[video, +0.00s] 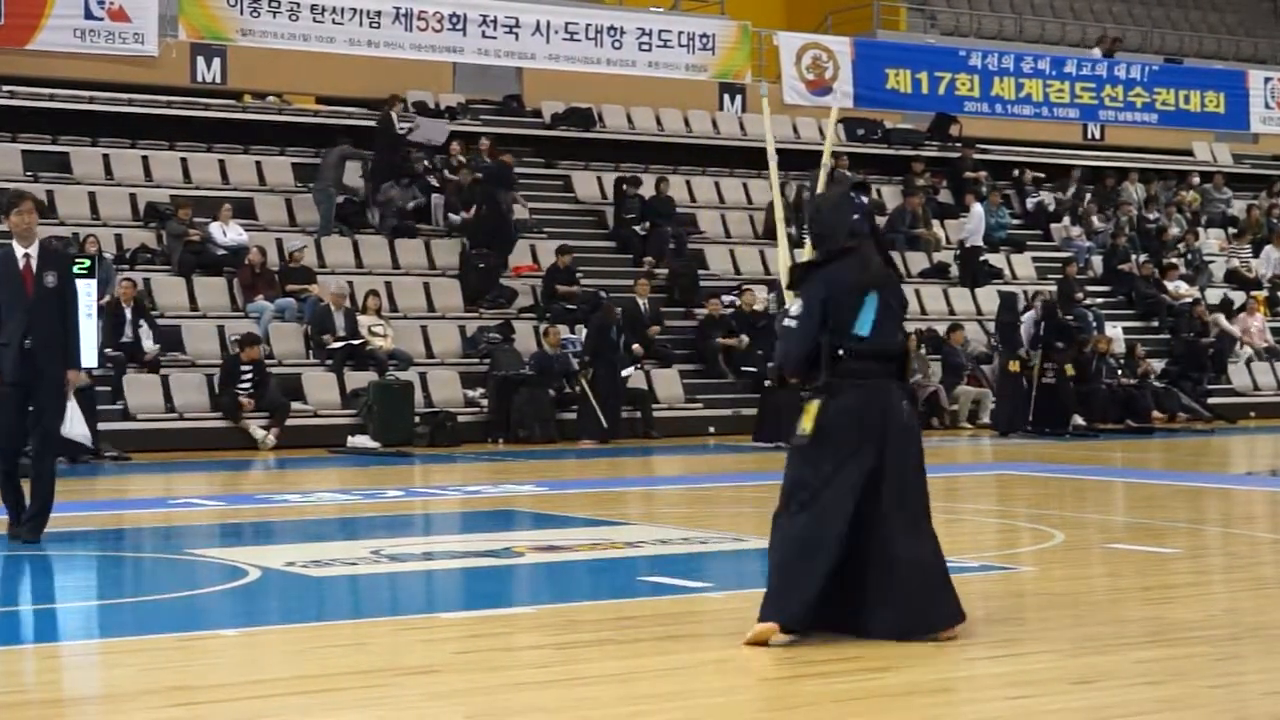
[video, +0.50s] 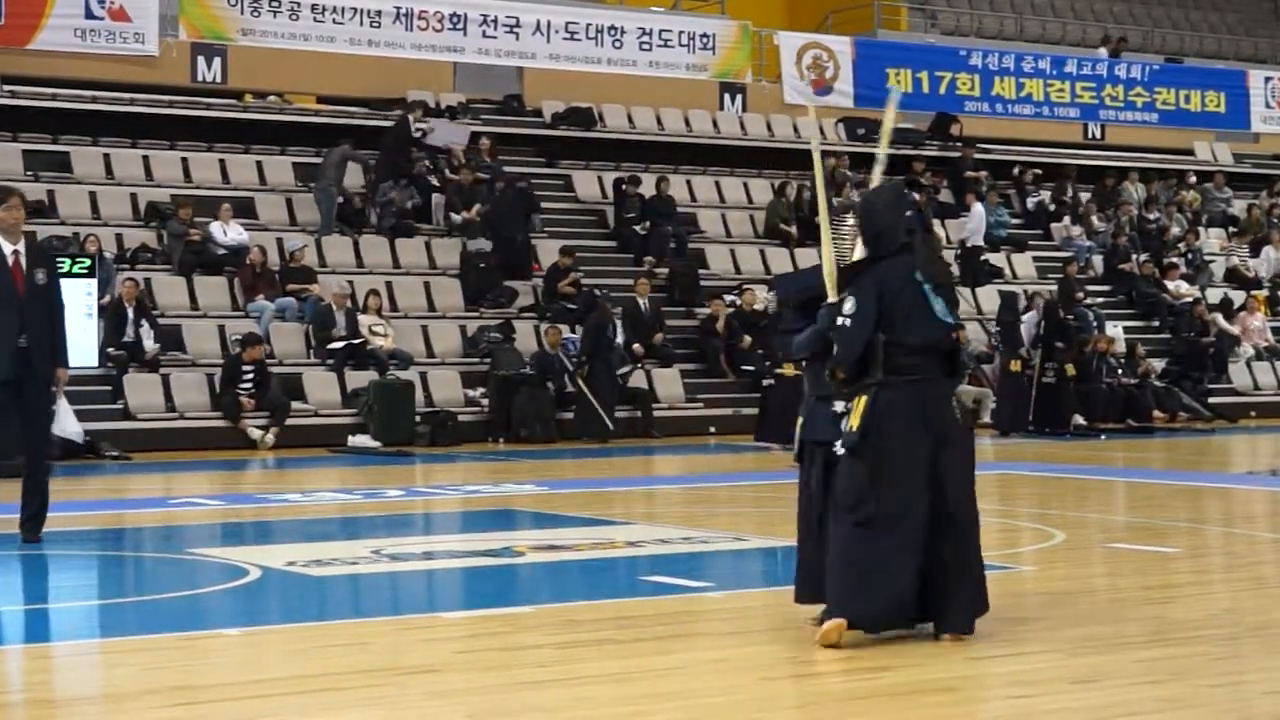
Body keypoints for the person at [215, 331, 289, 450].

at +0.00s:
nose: (259, 351)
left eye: (259, 348)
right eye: (256, 348)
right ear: (246, 349)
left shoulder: (259, 363)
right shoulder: (229, 363)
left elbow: (264, 385)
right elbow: (224, 388)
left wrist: (254, 400)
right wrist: (239, 399)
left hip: (255, 396)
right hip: (236, 397)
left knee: (283, 404)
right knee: (226, 402)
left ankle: (271, 436)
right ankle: (251, 428)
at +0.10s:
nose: (260, 351)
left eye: (259, 348)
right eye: (257, 348)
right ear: (247, 349)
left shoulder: (260, 363)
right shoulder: (230, 363)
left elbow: (264, 385)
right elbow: (225, 389)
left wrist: (255, 400)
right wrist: (240, 400)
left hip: (256, 396)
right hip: (237, 397)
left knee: (283, 404)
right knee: (226, 403)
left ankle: (271, 436)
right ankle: (252, 429)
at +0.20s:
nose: (261, 351)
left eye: (260, 348)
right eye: (258, 348)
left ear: (252, 349)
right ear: (248, 349)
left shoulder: (260, 363)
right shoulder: (231, 362)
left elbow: (265, 385)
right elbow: (225, 388)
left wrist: (256, 400)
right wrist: (240, 399)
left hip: (256, 396)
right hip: (237, 396)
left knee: (284, 404)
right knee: (226, 402)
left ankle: (272, 436)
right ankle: (251, 428)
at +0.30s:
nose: (262, 352)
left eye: (262, 348)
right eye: (259, 349)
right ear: (249, 350)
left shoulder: (261, 363)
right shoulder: (231, 362)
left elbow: (266, 386)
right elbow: (225, 389)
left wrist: (256, 400)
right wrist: (241, 399)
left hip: (257, 396)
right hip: (237, 396)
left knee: (284, 404)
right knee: (227, 403)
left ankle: (272, 436)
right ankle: (249, 430)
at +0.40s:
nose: (261, 351)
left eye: (261, 348)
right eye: (258, 349)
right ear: (248, 350)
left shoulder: (261, 363)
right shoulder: (231, 363)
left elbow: (265, 385)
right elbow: (225, 389)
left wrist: (255, 400)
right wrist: (240, 399)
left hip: (257, 396)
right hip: (237, 397)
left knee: (283, 403)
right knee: (226, 402)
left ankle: (271, 436)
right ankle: (249, 430)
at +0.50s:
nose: (261, 351)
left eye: (261, 348)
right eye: (258, 349)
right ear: (248, 349)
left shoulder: (261, 363)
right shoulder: (231, 362)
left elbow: (265, 385)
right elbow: (225, 389)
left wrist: (255, 400)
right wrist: (240, 399)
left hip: (256, 396)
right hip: (237, 396)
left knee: (283, 403)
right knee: (227, 402)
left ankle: (270, 435)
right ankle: (249, 430)